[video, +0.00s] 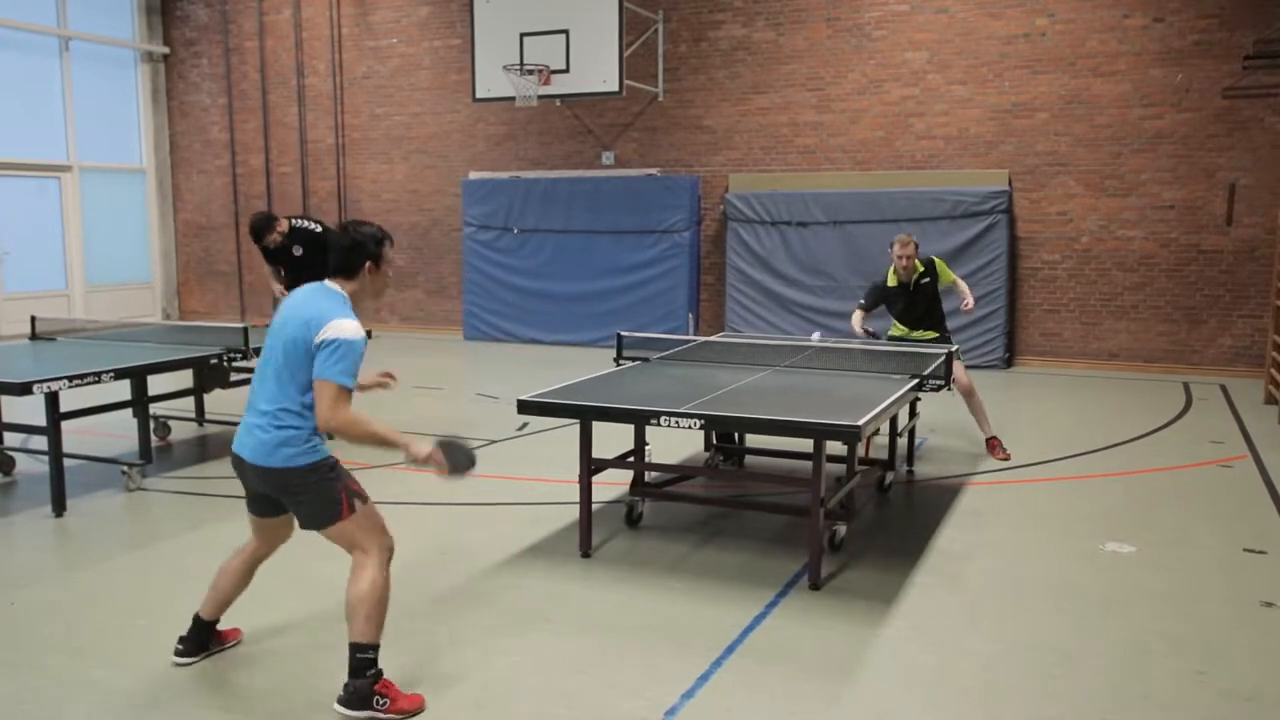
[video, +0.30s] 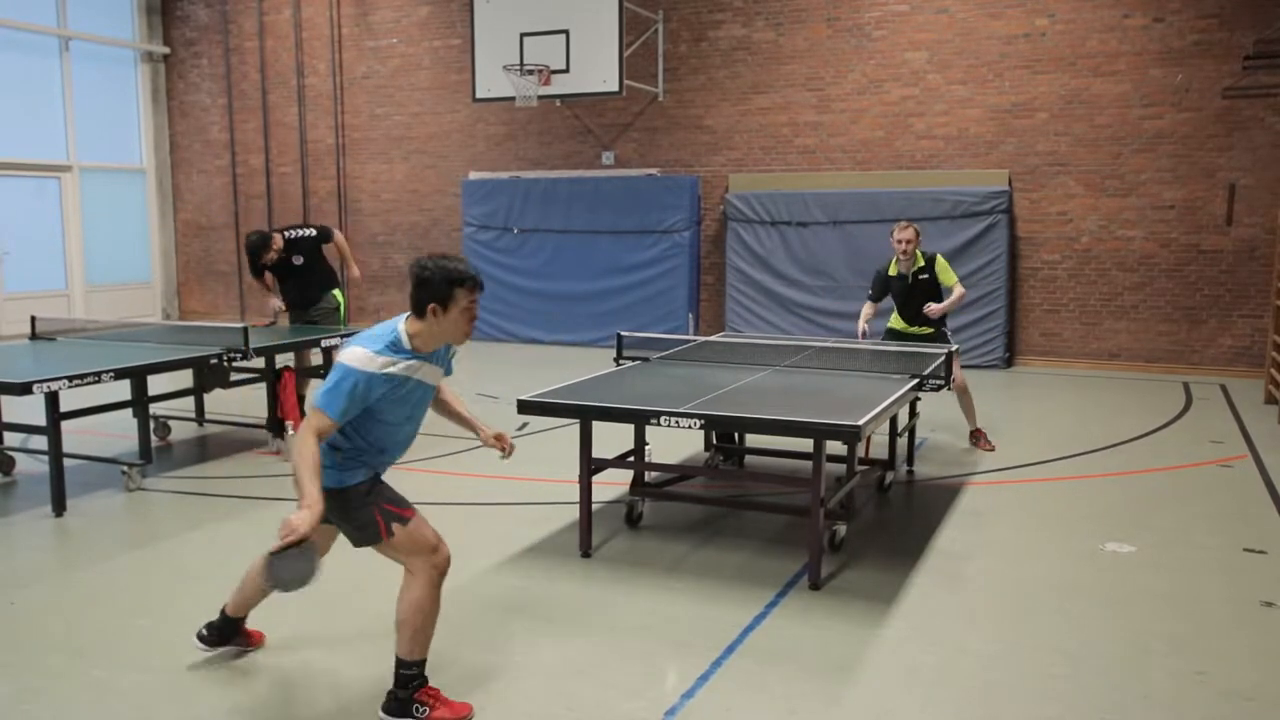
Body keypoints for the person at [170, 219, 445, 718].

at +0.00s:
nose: (389, 277)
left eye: (389, 267)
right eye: (387, 268)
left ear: (340, 266)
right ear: (367, 269)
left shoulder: (300, 297)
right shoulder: (342, 324)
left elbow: (291, 373)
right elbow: (332, 417)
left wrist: (355, 382)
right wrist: (404, 442)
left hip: (251, 449)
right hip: (295, 457)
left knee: (267, 536)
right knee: (374, 548)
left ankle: (196, 635)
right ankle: (363, 683)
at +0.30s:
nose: (474, 320)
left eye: (475, 310)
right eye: (468, 311)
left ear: (442, 312)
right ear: (433, 310)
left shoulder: (440, 346)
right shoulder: (367, 358)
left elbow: (429, 389)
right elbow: (307, 434)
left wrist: (480, 429)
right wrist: (311, 506)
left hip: (348, 472)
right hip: (341, 478)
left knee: (294, 558)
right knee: (429, 558)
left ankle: (224, 626)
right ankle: (408, 692)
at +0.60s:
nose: (478, 254)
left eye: (483, 243)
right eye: (468, 241)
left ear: (482, 239)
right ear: (433, 234)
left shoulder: (406, 268)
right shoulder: (417, 299)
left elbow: (373, 346)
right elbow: (387, 403)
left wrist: (429, 382)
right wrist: (473, 431)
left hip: (347, 442)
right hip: (382, 454)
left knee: (381, 548)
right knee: (448, 567)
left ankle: (341, 672)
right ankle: (426, 708)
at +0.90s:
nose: (538, 369)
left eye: (540, 361)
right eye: (540, 360)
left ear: (499, 346)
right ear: (530, 357)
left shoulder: (453, 353)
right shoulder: (512, 383)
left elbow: (387, 363)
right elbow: (526, 462)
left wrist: (390, 419)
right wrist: (545, 422)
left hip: (374, 447)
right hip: (415, 457)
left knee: (414, 494)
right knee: (507, 520)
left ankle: (378, 578)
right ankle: (502, 638)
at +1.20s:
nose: (538, 363)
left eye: (540, 355)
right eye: (540, 354)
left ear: (499, 340)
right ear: (530, 350)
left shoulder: (454, 348)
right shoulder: (512, 379)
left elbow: (388, 361)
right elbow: (526, 458)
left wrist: (392, 416)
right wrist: (545, 418)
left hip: (374, 444)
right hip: (417, 454)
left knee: (413, 492)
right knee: (505, 520)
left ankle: (378, 579)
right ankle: (501, 639)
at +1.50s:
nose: (540, 315)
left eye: (540, 307)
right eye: (540, 307)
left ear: (499, 299)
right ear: (530, 306)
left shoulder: (454, 311)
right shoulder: (513, 339)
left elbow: (390, 334)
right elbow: (515, 420)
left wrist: (403, 390)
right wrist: (543, 390)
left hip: (385, 417)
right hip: (430, 427)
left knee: (404, 486)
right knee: (490, 518)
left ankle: (378, 578)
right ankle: (500, 638)